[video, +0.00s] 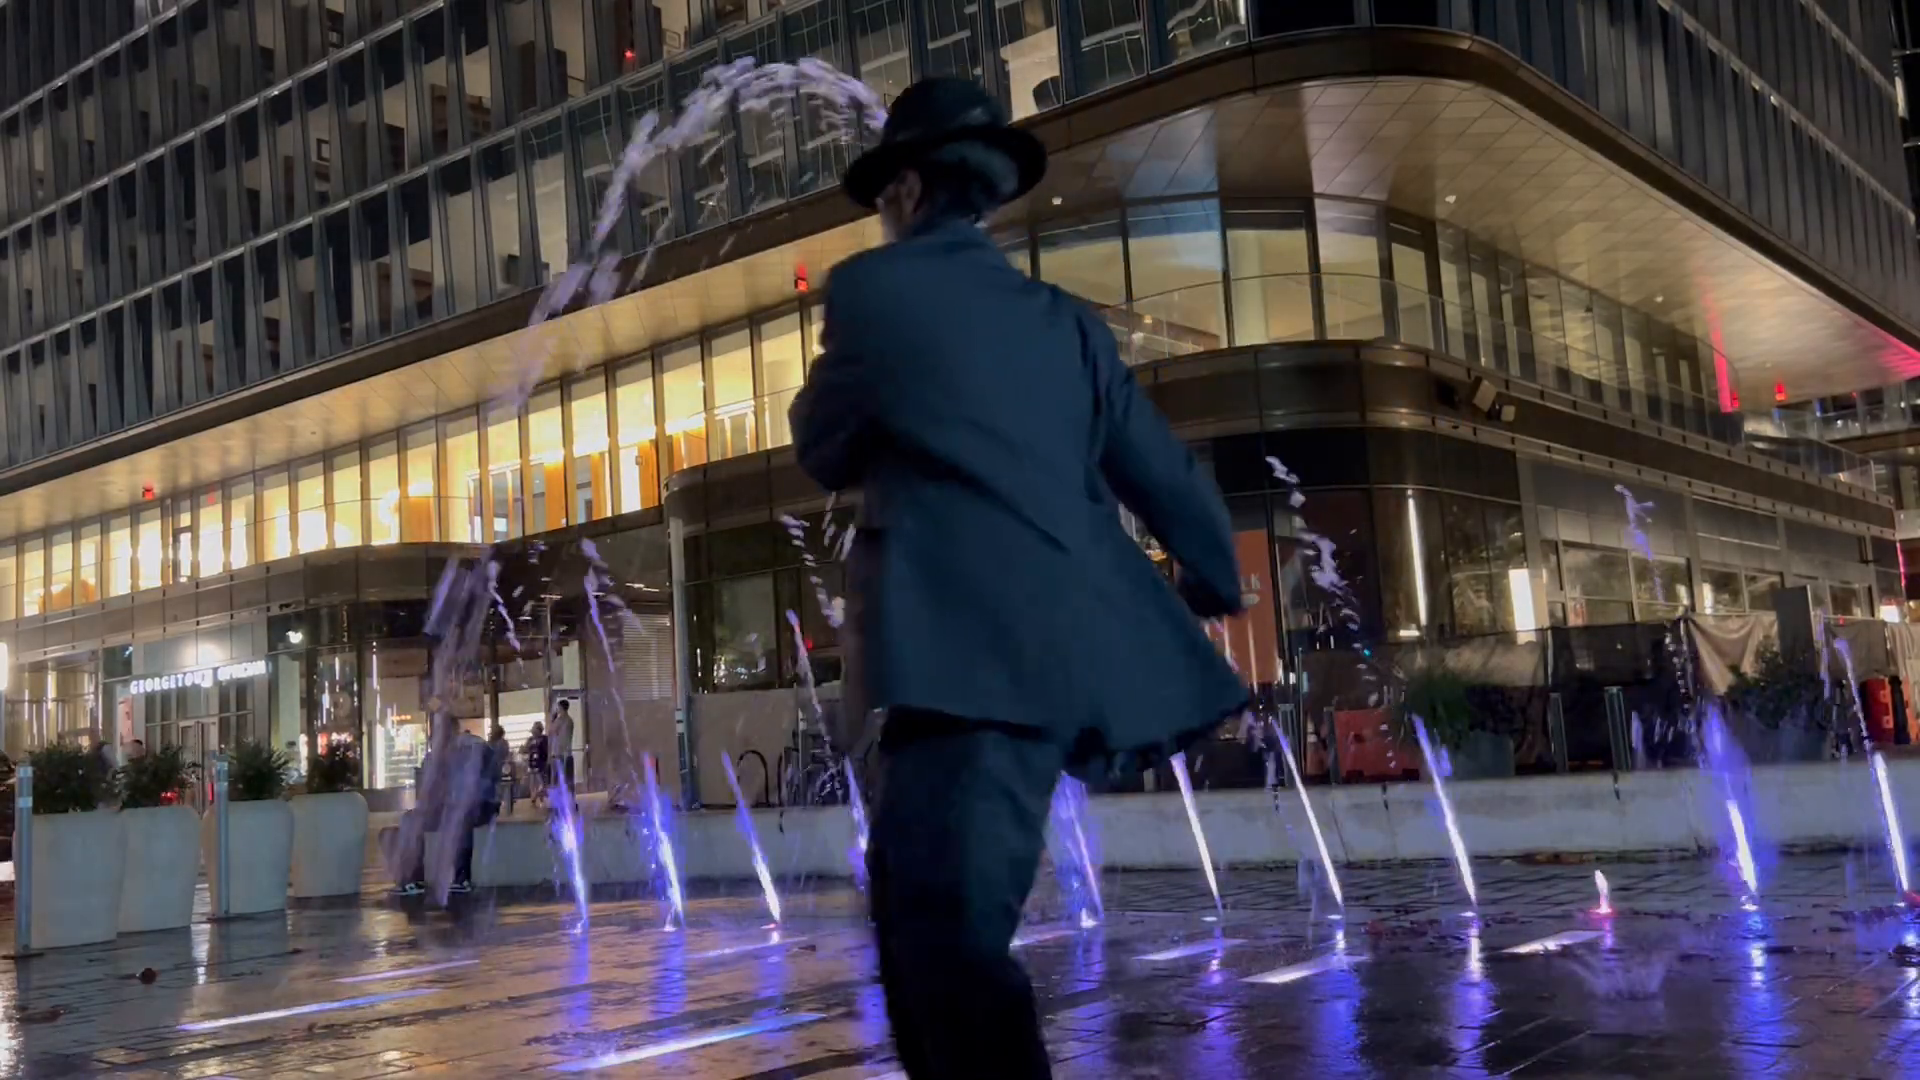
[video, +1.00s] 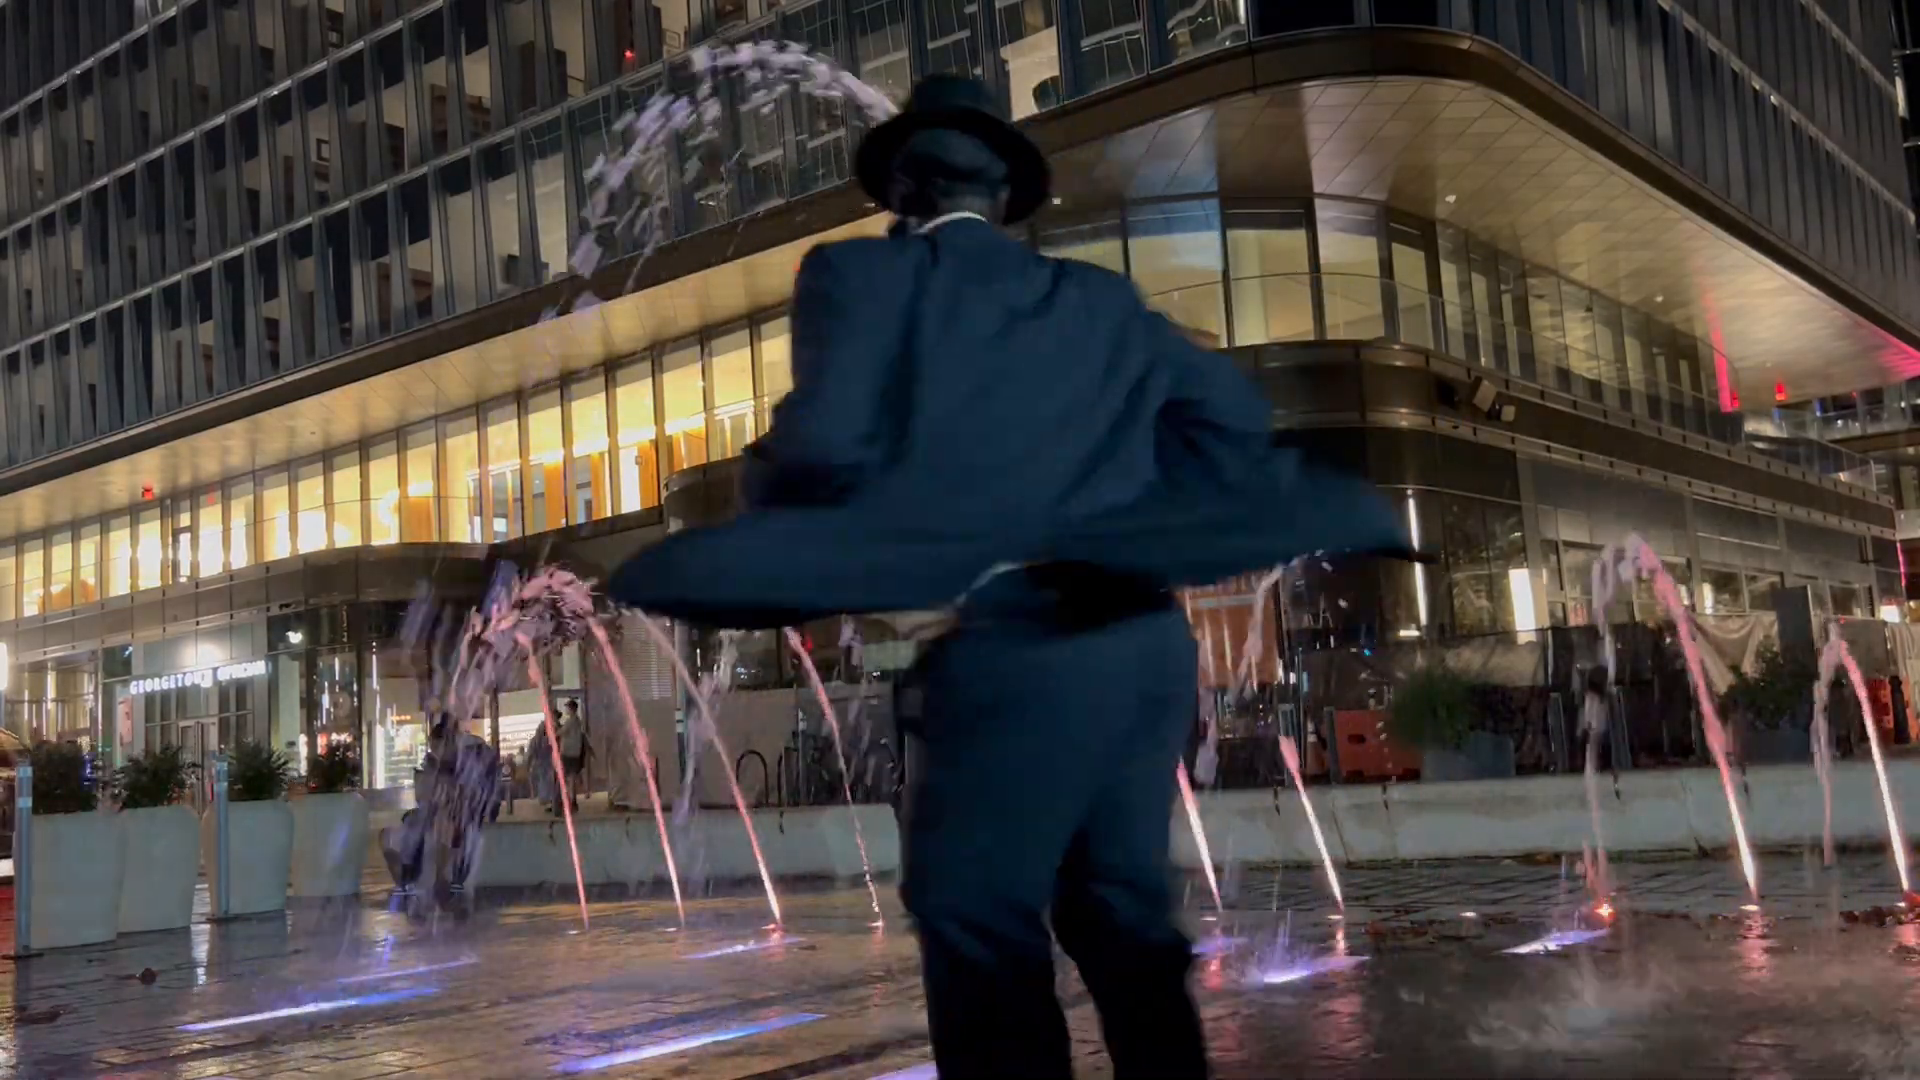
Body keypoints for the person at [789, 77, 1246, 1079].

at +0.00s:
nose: (879, 208)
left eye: (883, 189)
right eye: (881, 189)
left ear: (908, 189)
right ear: (986, 197)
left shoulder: (873, 285)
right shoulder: (1064, 318)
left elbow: (821, 444)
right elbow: (1159, 466)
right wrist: (1216, 579)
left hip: (969, 652)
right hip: (1069, 648)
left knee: (936, 939)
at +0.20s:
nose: (824, 292)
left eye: (828, 269)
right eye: (823, 272)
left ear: (863, 264)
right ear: (939, 256)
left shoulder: (812, 381)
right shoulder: (1052, 346)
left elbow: (744, 578)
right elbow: (1154, 492)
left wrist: (805, 647)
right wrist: (1051, 521)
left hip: (960, 695)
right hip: (1104, 669)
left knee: (940, 964)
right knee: (1053, 959)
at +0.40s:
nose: (792, 286)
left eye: (806, 258)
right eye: (791, 263)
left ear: (878, 254)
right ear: (863, 260)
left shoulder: (933, 337)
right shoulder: (855, 405)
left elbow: (1096, 418)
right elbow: (916, 571)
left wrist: (930, 520)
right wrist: (800, 575)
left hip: (1075, 671)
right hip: (998, 696)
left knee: (986, 943)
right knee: (968, 949)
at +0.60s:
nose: (1085, 189)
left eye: (1084, 170)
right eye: (1061, 165)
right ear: (981, 184)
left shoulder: (1118, 322)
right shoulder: (900, 328)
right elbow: (877, 519)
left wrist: (1162, 476)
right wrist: (1068, 477)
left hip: (1103, 689)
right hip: (949, 700)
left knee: (1151, 955)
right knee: (974, 980)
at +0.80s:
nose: (1119, 226)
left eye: (1117, 206)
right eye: (1111, 204)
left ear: (992, 220)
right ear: (1071, 203)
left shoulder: (915, 334)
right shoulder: (1098, 292)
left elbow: (837, 497)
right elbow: (1151, 435)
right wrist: (1208, 549)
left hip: (914, 663)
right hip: (1023, 645)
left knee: (1058, 930)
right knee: (1179, 858)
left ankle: (1088, 1064)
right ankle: (1141, 1067)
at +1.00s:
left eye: (891, 183)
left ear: (898, 195)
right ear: (1007, 201)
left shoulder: (861, 271)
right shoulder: (1100, 297)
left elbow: (830, 436)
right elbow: (1238, 414)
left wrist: (766, 503)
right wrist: (1147, 527)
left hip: (1001, 660)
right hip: (1144, 649)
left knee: (976, 932)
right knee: (1126, 924)